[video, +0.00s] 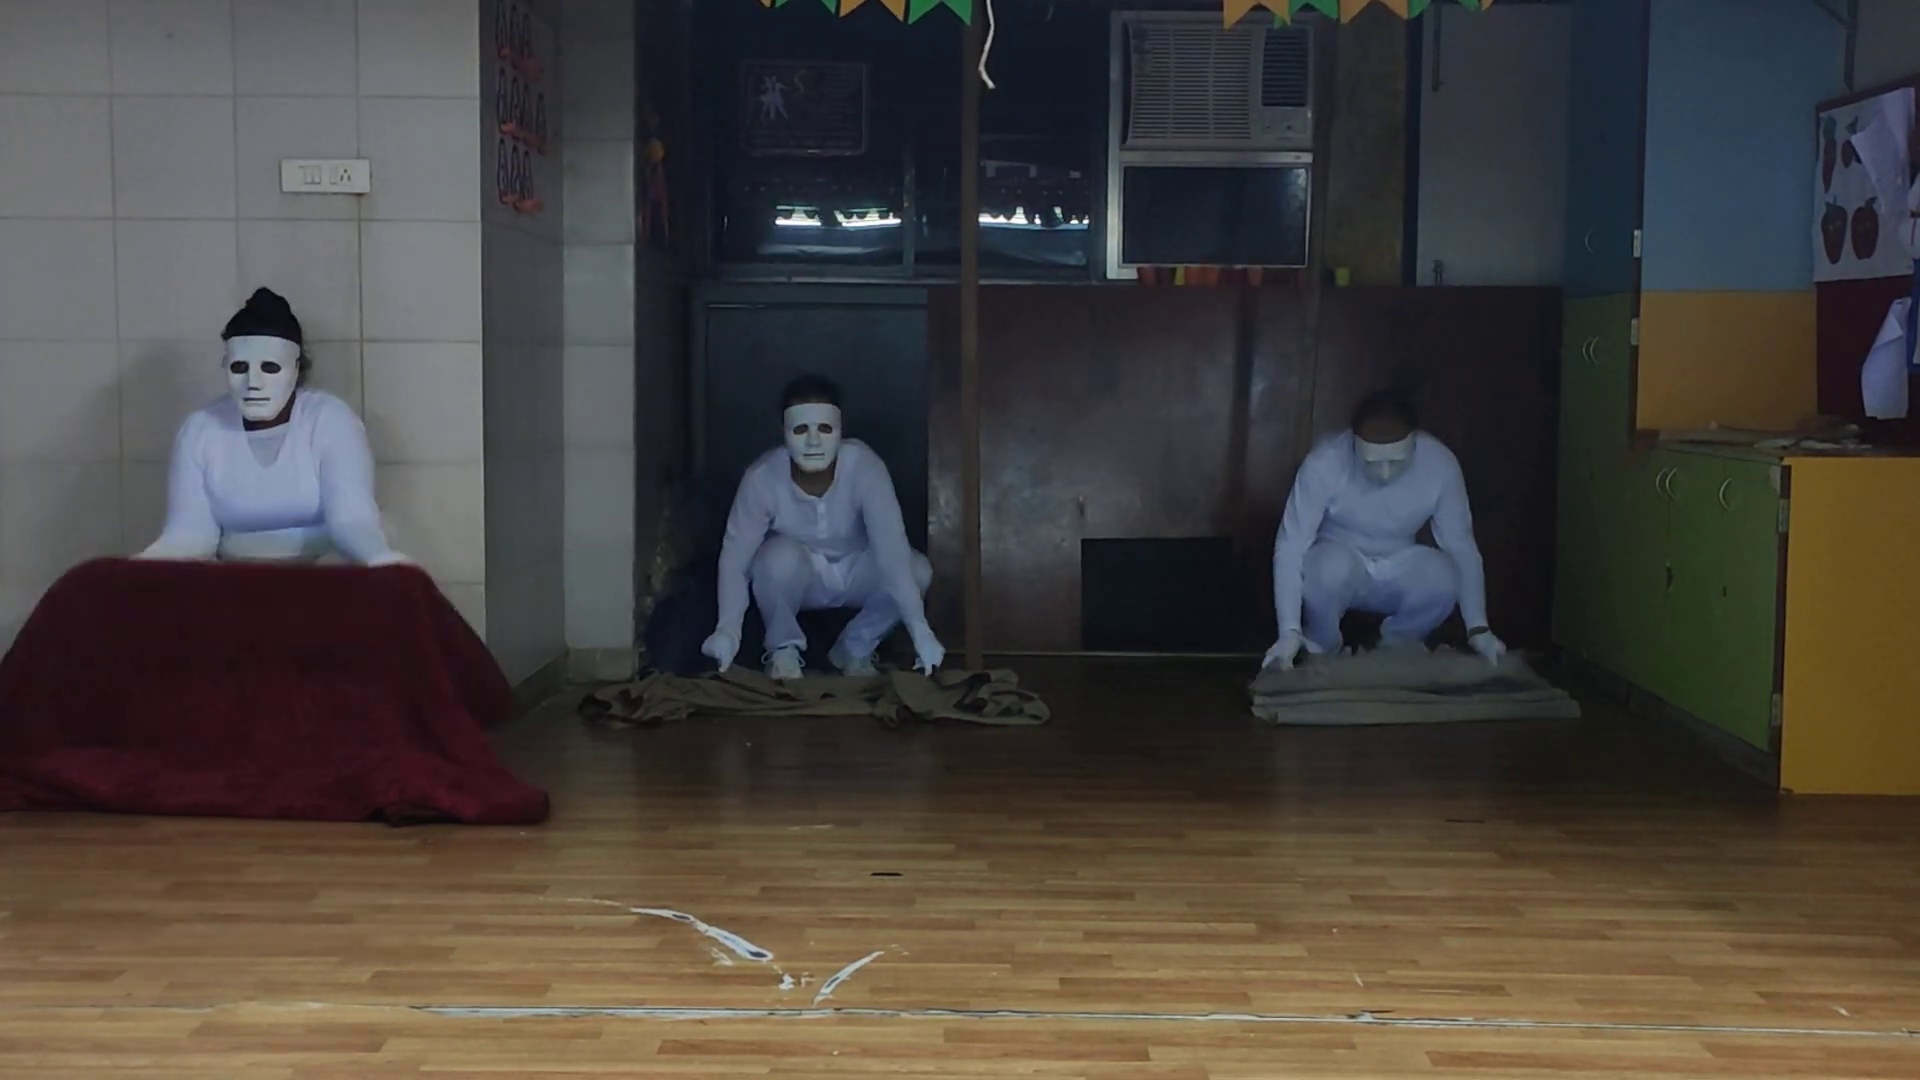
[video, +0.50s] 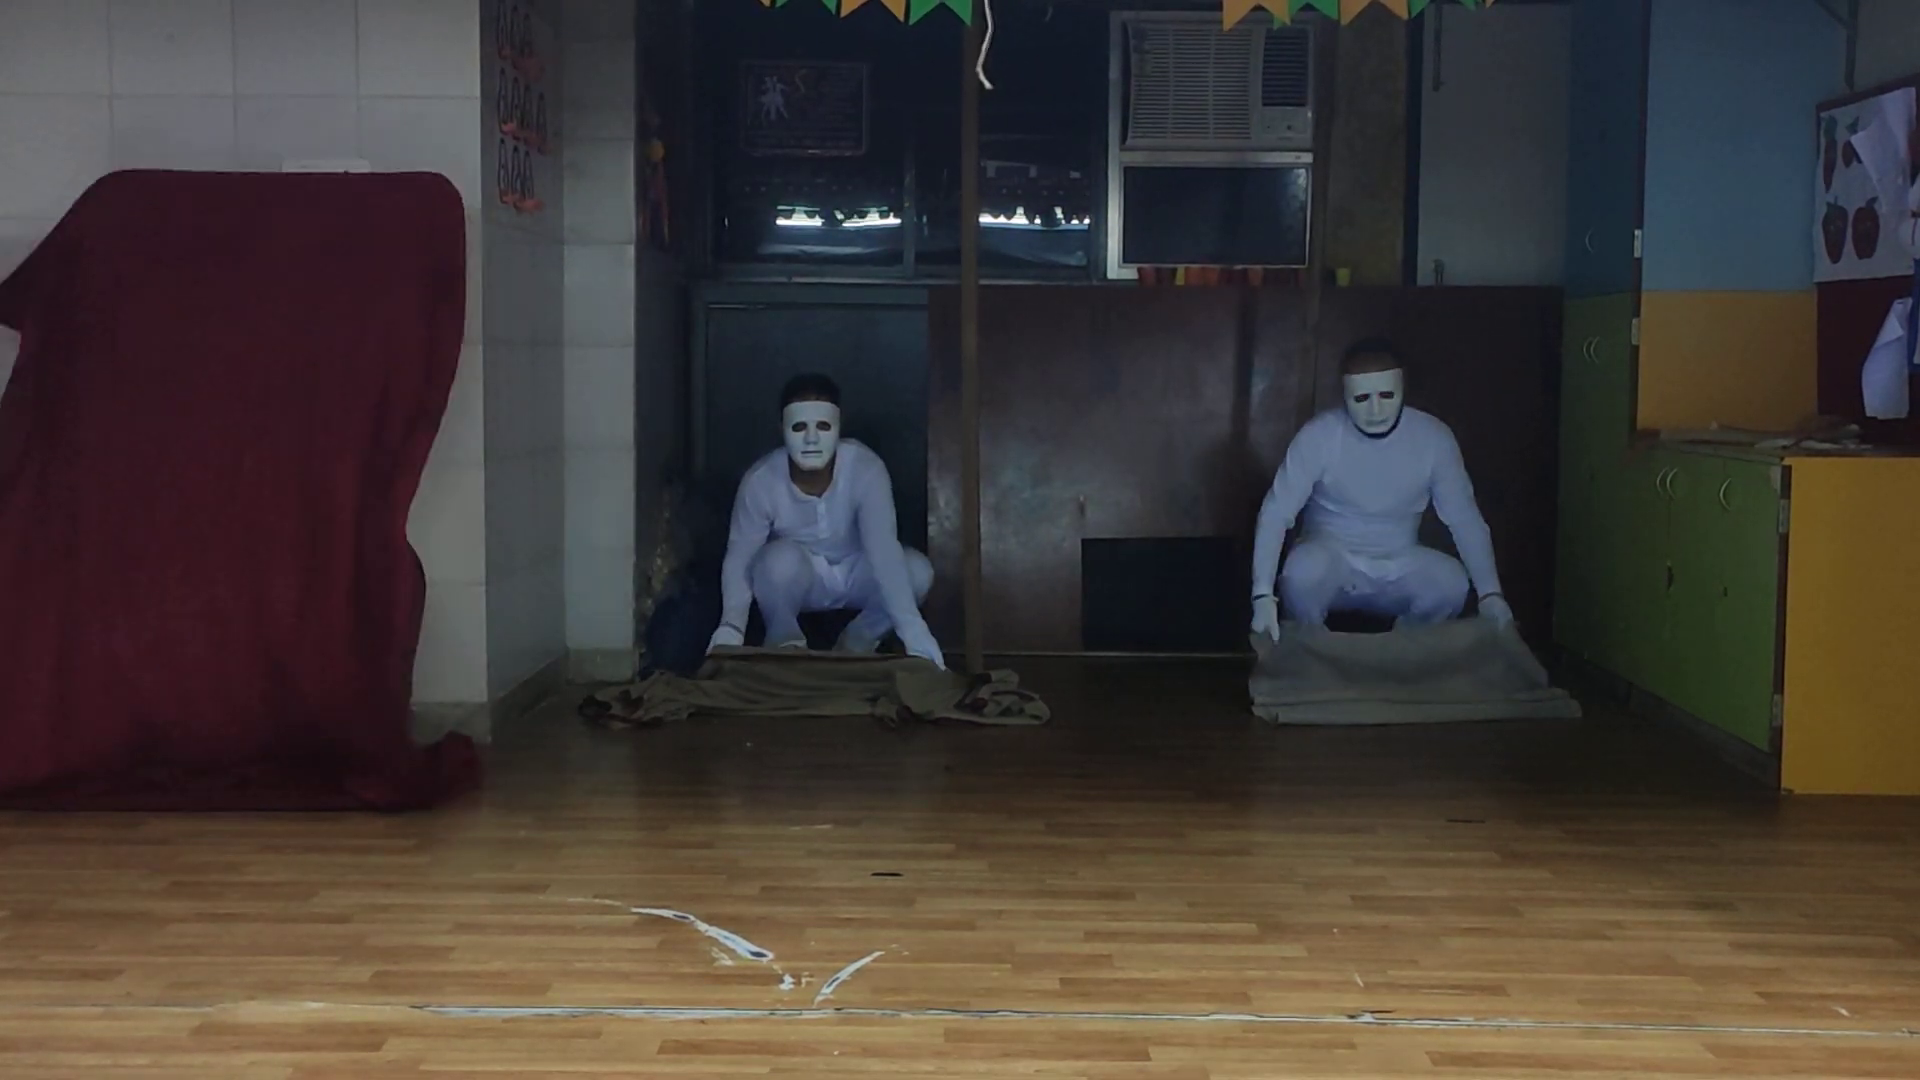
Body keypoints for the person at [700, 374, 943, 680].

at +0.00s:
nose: (813, 440)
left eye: (825, 429)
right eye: (800, 430)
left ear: (840, 432)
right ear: (784, 434)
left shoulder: (865, 468)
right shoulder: (762, 481)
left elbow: (892, 551)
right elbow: (733, 560)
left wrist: (920, 630)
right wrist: (728, 631)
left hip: (860, 575)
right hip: (799, 576)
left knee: (916, 569)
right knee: (779, 557)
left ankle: (854, 649)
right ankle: (783, 647)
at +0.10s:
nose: (814, 438)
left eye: (825, 426)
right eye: (801, 427)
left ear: (840, 428)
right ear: (785, 431)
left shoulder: (865, 466)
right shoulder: (763, 478)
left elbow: (895, 548)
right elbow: (735, 553)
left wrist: (928, 625)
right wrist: (726, 620)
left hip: (861, 574)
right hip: (800, 575)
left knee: (916, 570)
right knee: (776, 557)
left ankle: (854, 647)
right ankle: (784, 644)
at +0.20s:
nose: (814, 438)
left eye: (825, 426)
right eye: (801, 427)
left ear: (840, 428)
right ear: (785, 431)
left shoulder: (865, 466)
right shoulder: (762, 480)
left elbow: (898, 545)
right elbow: (736, 554)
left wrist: (934, 624)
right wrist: (726, 621)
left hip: (862, 575)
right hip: (801, 577)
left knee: (917, 573)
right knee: (776, 560)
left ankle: (859, 639)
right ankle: (784, 641)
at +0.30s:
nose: (812, 439)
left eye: (824, 427)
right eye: (800, 428)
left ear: (839, 429)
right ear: (784, 432)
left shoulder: (866, 468)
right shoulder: (762, 483)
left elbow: (896, 548)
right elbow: (736, 560)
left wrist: (926, 623)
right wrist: (729, 623)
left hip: (862, 576)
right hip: (801, 578)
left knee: (917, 570)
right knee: (776, 562)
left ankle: (859, 639)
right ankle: (784, 638)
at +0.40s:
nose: (812, 439)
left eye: (823, 427)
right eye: (799, 428)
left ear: (839, 429)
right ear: (783, 431)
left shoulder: (866, 470)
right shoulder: (761, 483)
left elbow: (889, 552)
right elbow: (738, 562)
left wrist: (919, 629)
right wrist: (731, 625)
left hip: (861, 578)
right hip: (799, 581)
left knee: (918, 570)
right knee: (777, 560)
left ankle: (859, 639)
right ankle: (785, 638)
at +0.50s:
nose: (812, 439)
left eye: (823, 427)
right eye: (799, 427)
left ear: (839, 429)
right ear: (783, 431)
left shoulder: (865, 470)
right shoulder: (761, 483)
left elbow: (885, 555)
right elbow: (738, 562)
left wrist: (917, 638)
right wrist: (730, 630)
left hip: (859, 580)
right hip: (799, 581)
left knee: (917, 570)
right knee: (778, 560)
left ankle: (857, 641)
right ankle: (785, 638)